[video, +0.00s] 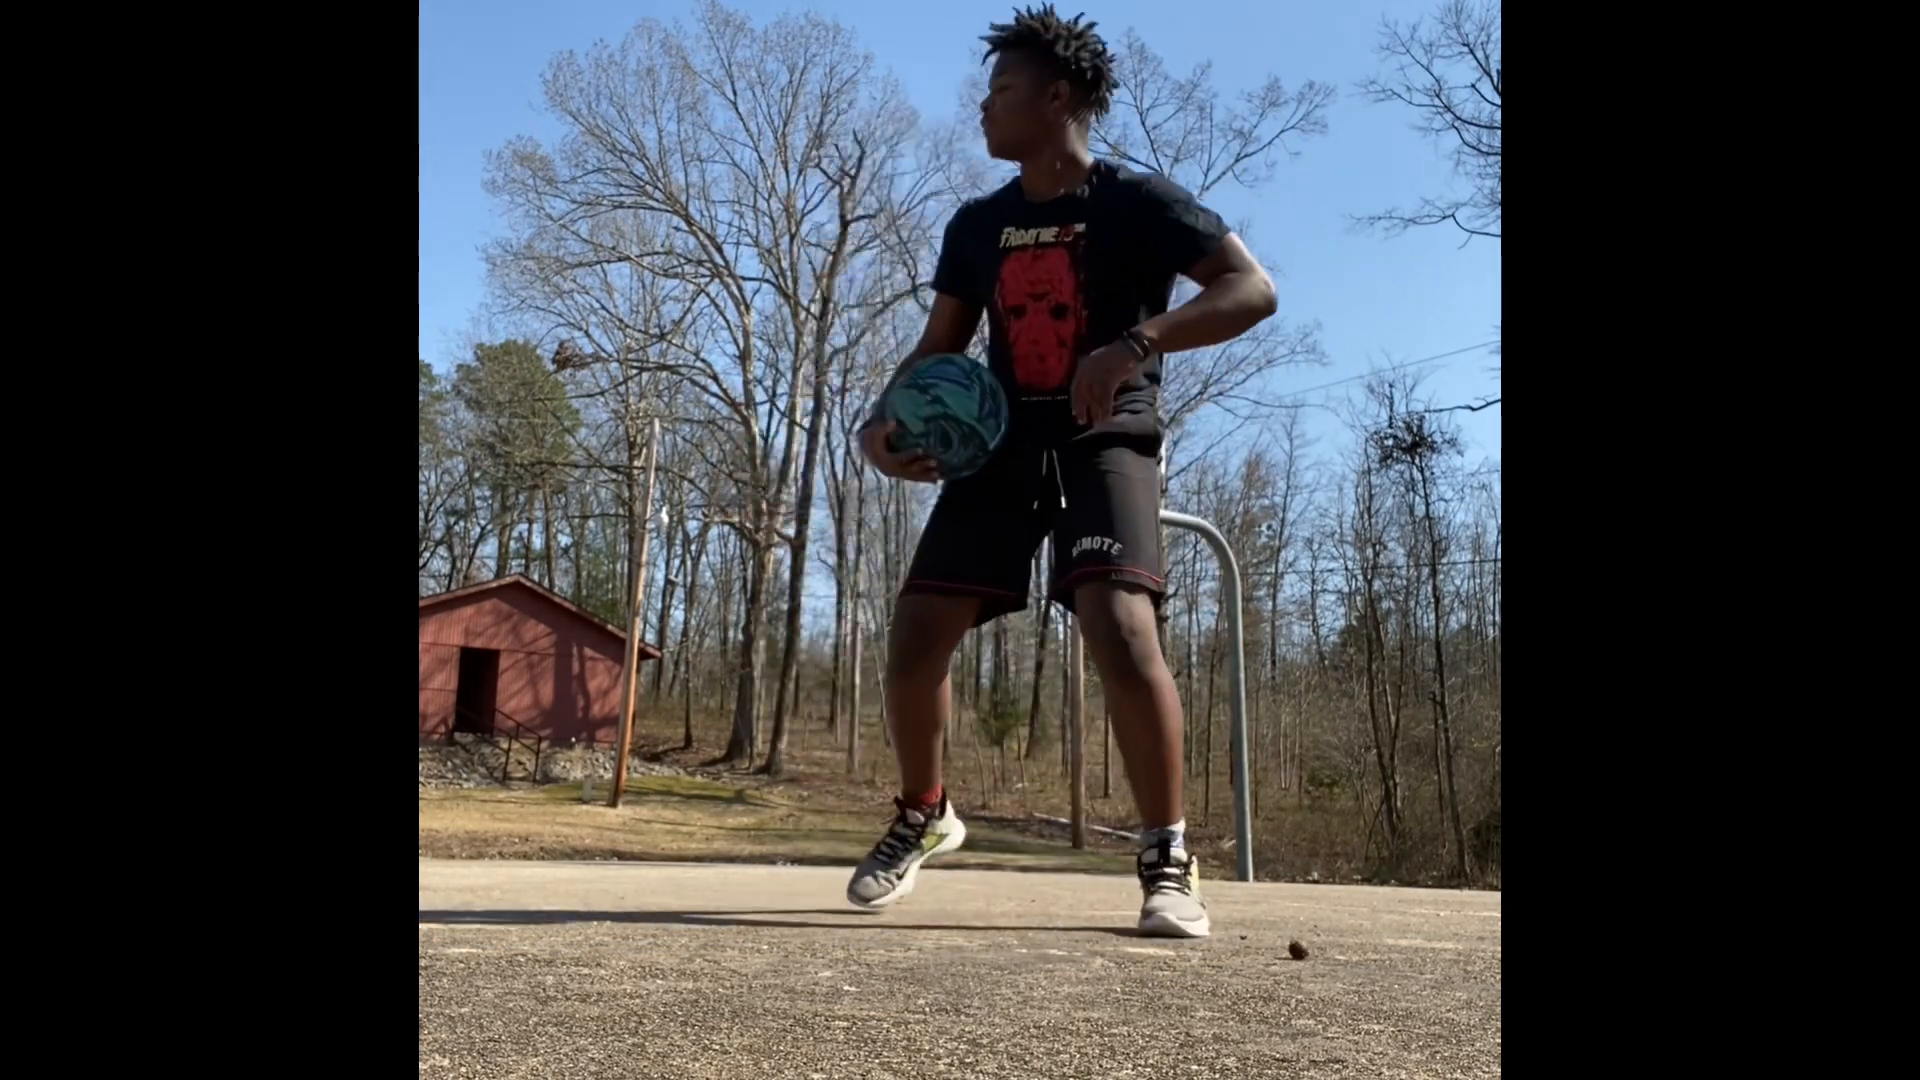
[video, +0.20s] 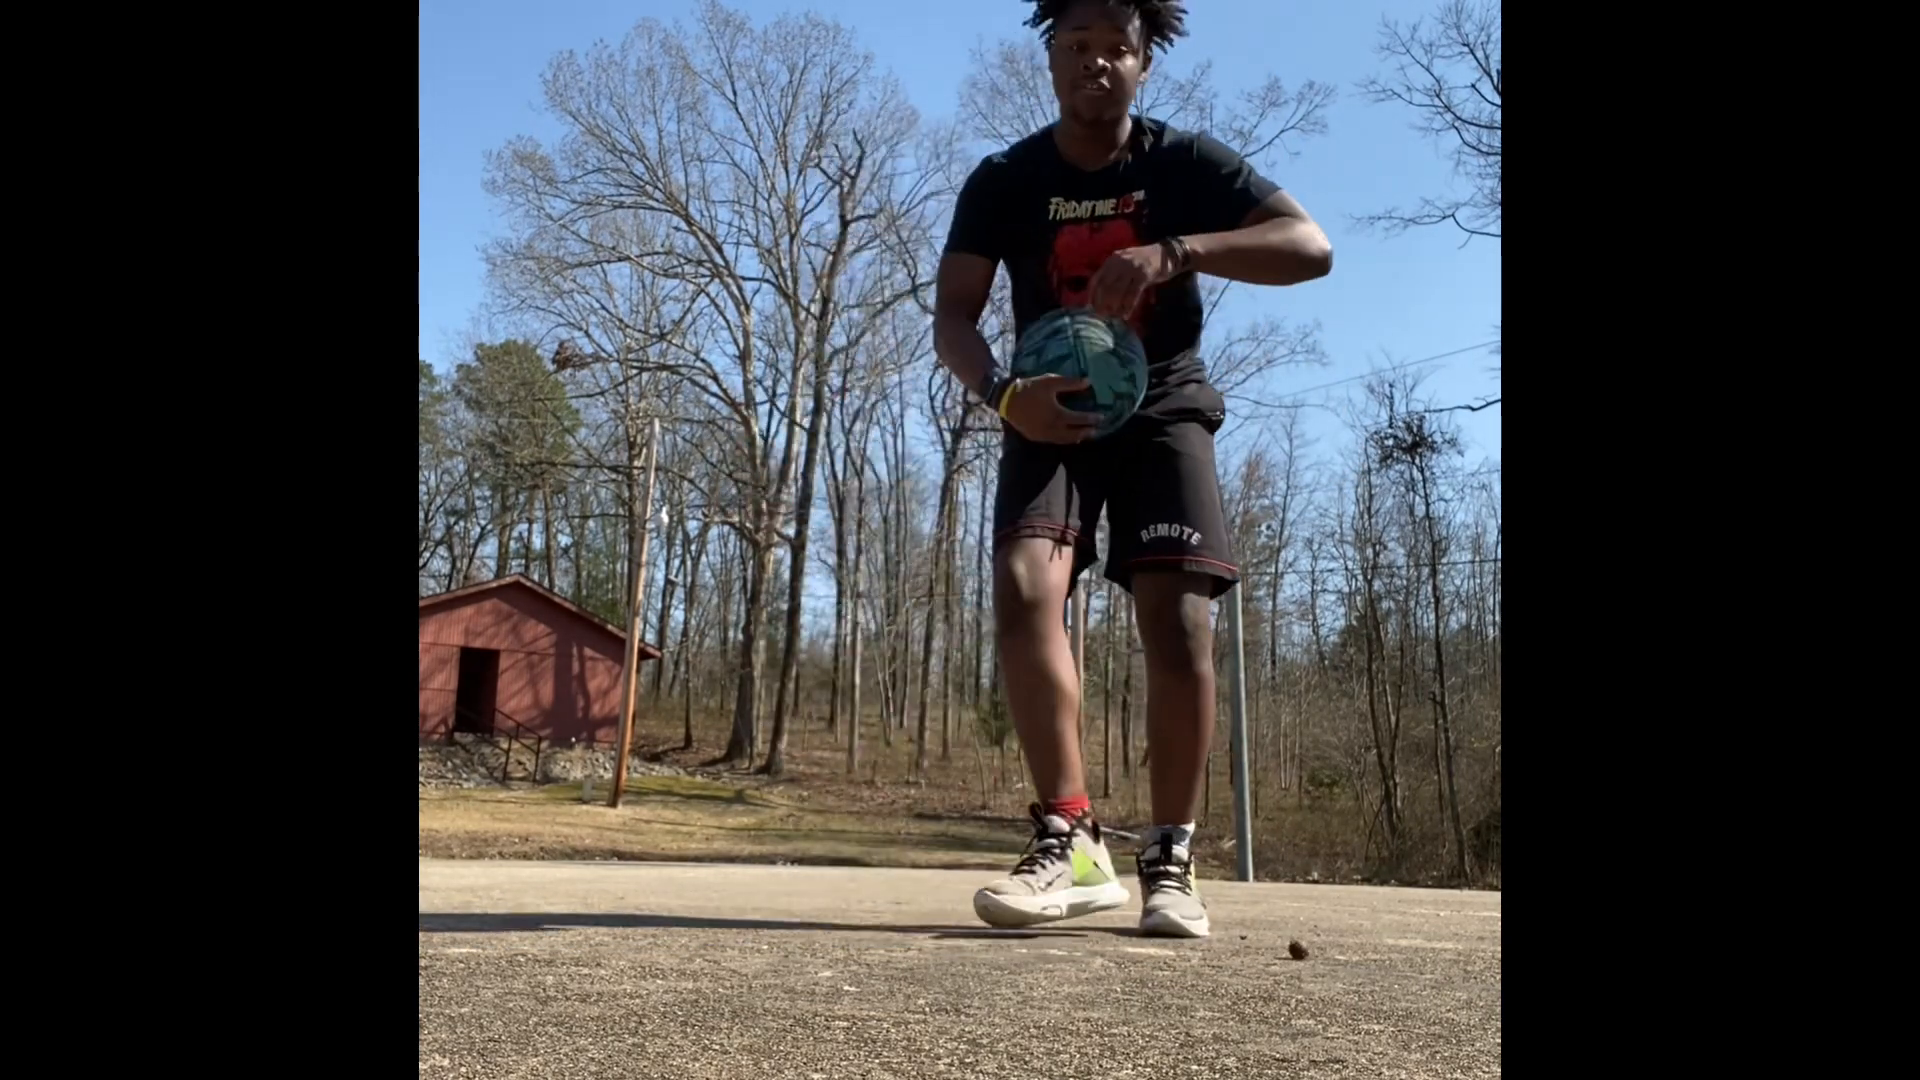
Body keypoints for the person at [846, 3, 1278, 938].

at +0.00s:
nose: (985, 103)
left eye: (1002, 87)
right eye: (988, 87)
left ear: (1061, 99)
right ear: (1032, 102)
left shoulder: (1139, 201)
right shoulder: (979, 224)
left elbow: (1251, 289)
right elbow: (938, 346)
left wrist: (1138, 343)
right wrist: (884, 423)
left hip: (1107, 440)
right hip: (999, 445)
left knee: (1118, 622)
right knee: (918, 630)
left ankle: (1167, 862)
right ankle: (924, 819)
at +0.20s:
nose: (1096, 63)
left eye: (1116, 48)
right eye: (1078, 45)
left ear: (1145, 65)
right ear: (1049, 56)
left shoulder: (1185, 161)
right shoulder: (1001, 181)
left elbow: (1310, 247)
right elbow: (955, 317)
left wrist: (1178, 252)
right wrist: (997, 392)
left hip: (1162, 402)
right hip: (1048, 405)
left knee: (1178, 614)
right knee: (1023, 578)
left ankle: (1170, 866)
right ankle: (1069, 844)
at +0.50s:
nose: (1130, 85)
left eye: (1144, 59)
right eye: (1102, 71)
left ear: (1173, 54)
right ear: (1067, 82)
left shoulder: (1245, 155)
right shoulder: (1039, 201)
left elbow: (1323, 312)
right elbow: (1020, 377)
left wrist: (1156, 298)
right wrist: (1150, 445)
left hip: (1232, 394)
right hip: (1097, 408)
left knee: (1288, 597)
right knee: (1108, 586)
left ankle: (1203, 809)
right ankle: (1167, 867)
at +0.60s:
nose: (1149, 94)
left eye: (1163, 65)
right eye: (1118, 80)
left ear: (1193, 54)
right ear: (1084, 88)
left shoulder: (1269, 152)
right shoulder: (1057, 194)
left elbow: (1347, 322)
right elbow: (1029, 374)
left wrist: (1174, 302)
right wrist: (1149, 458)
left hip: (1256, 380)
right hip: (1119, 397)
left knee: (1317, 563)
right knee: (1117, 593)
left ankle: (1284, 812)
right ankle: (1169, 867)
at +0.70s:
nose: (1176, 102)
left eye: (1192, 73)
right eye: (1145, 87)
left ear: (1225, 53)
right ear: (1109, 90)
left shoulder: (1299, 151)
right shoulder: (1078, 194)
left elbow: (1343, 347)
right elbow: (1045, 379)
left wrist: (1172, 310)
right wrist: (1164, 460)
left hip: (1281, 372)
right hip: (1141, 389)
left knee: (1335, 559)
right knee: (1135, 599)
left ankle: (1405, 856)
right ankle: (1174, 876)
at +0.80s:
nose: (1205, 116)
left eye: (1226, 87)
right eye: (1174, 96)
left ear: (1262, 67)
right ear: (1137, 93)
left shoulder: (1330, 157)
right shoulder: (1107, 197)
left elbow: (1358, 366)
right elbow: (1070, 385)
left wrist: (1189, 322)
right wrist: (1187, 471)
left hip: (1322, 386)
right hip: (1182, 396)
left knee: (1378, 586)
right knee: (1146, 609)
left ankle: (1459, 879)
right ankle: (1177, 874)